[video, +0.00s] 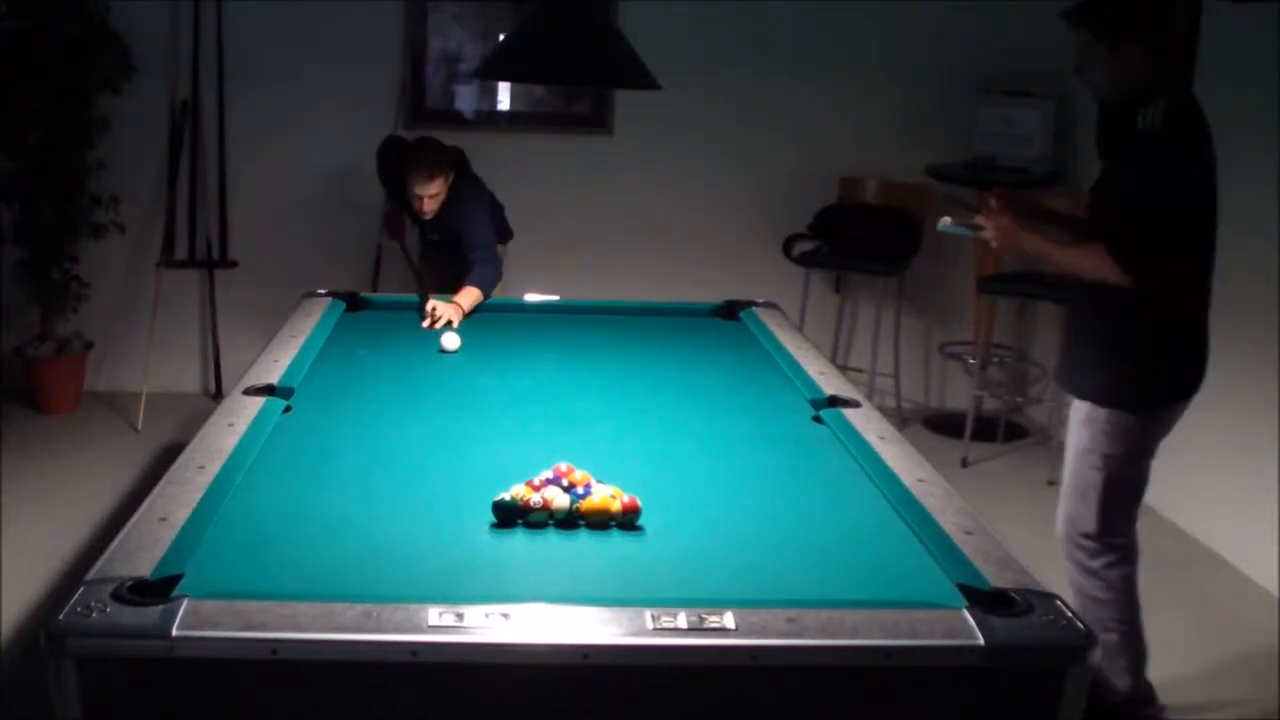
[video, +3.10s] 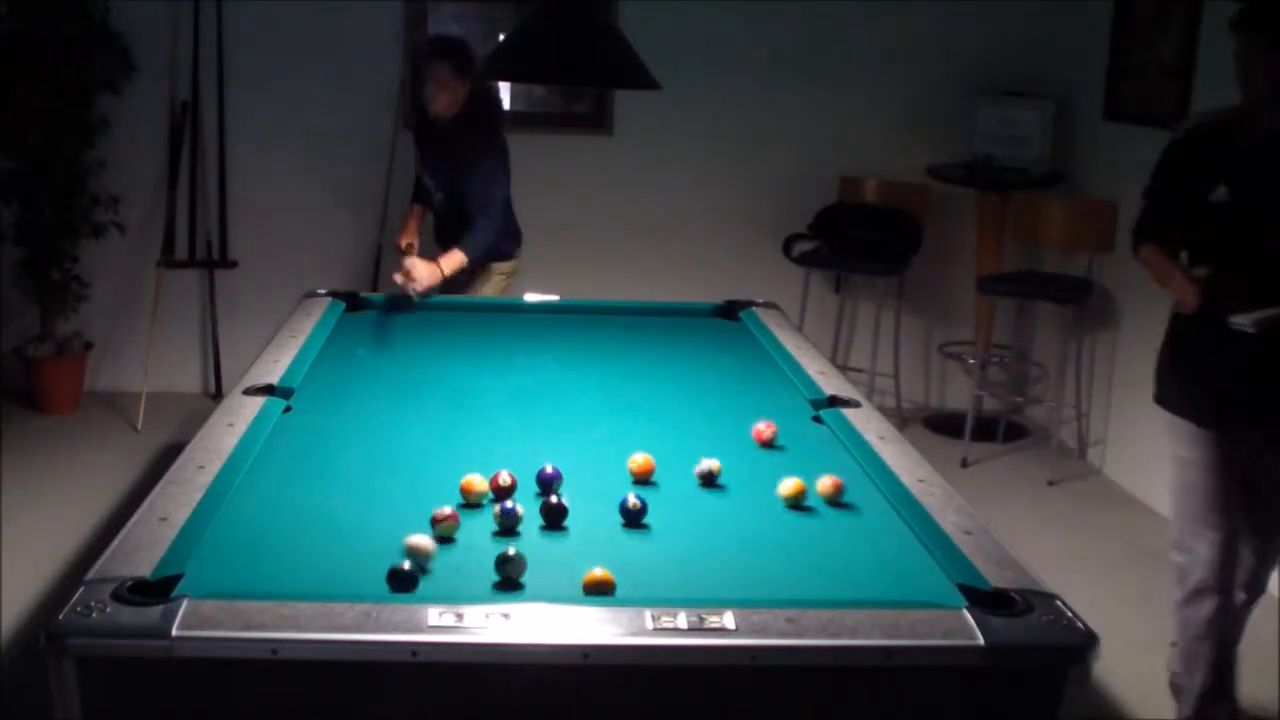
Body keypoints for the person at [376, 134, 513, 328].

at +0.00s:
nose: (425, 207)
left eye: (434, 197)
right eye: (418, 197)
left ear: (449, 180)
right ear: (406, 186)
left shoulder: (468, 197)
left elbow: (488, 265)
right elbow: (389, 146)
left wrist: (459, 306)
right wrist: (394, 205)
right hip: (433, 240)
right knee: (431, 308)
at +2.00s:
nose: (413, 206)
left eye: (421, 196)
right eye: (404, 197)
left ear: (436, 183)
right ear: (392, 188)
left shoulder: (460, 200)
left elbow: (476, 261)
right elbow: (377, 161)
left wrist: (456, 308)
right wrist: (384, 227)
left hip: (492, 248)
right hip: (441, 245)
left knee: (485, 327)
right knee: (425, 319)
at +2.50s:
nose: (425, 191)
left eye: (435, 180)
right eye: (417, 181)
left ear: (450, 166)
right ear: (404, 171)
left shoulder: (472, 183)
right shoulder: (391, 166)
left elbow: (495, 260)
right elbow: (380, 162)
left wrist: (460, 309)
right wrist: (388, 228)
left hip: (474, 261)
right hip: (432, 257)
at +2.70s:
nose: (445, 162)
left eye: (456, 151)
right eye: (437, 150)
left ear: (472, 143)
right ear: (424, 142)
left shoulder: (490, 172)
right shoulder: (408, 153)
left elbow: (503, 257)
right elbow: (394, 172)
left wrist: (466, 307)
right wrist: (408, 227)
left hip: (481, 259)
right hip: (435, 253)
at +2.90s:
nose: (449, 133)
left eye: (461, 124)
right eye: (443, 122)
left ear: (478, 124)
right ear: (431, 118)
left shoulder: (492, 159)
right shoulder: (418, 141)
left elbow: (497, 244)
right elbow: (404, 172)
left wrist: (465, 304)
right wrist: (410, 219)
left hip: (489, 256)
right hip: (444, 251)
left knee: (490, 337)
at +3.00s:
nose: (444, 112)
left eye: (455, 103)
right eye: (438, 102)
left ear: (475, 105)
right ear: (429, 102)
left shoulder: (488, 147)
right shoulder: (423, 134)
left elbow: (489, 233)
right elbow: (415, 178)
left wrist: (457, 295)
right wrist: (411, 225)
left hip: (494, 252)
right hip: (450, 245)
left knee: (486, 339)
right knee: (444, 333)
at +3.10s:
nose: (435, 93)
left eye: (445, 84)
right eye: (431, 83)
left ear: (465, 86)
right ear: (423, 85)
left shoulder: (482, 132)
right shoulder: (428, 123)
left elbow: (490, 223)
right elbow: (426, 175)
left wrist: (440, 269)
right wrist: (413, 224)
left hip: (493, 256)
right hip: (449, 247)